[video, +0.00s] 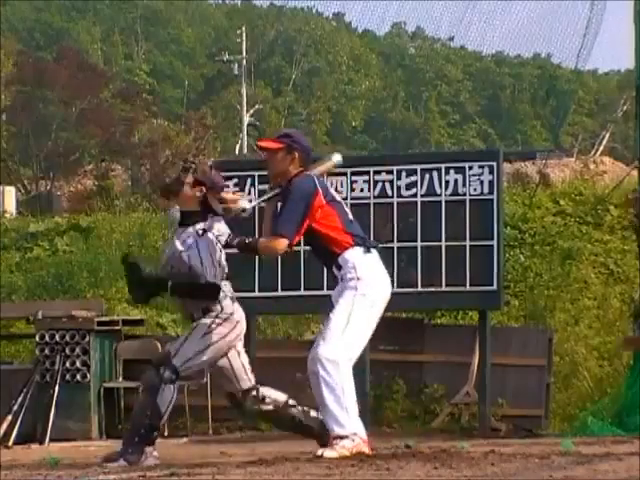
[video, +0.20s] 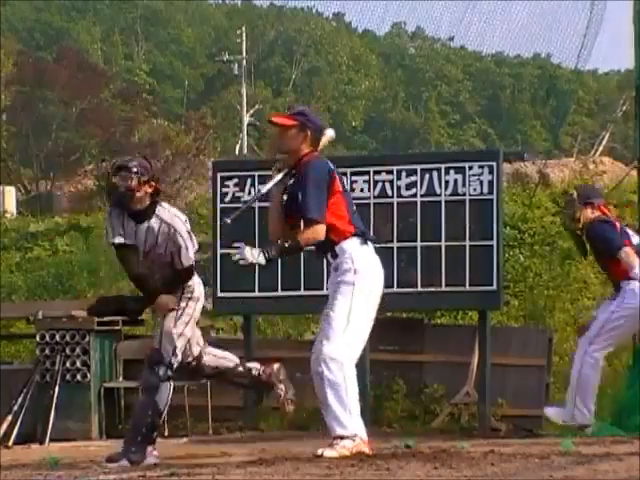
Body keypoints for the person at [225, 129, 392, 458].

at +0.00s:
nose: (265, 160)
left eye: (271, 154)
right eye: (266, 154)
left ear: (292, 157)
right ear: (291, 158)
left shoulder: (303, 185)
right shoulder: (302, 186)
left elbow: (278, 246)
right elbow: (274, 242)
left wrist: (242, 244)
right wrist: (272, 202)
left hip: (363, 276)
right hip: (355, 277)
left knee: (330, 355)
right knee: (321, 356)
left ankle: (351, 437)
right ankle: (344, 434)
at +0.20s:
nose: (278, 136)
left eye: (285, 130)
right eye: (280, 130)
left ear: (305, 136)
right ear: (297, 137)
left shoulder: (315, 167)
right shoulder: (300, 175)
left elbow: (316, 232)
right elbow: (277, 234)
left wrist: (268, 253)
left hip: (355, 262)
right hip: (345, 265)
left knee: (334, 353)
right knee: (324, 354)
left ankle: (351, 436)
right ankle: (348, 435)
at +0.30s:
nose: (286, 128)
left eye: (293, 123)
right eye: (288, 123)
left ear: (313, 129)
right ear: (301, 130)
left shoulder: (323, 163)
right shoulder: (301, 172)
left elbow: (330, 224)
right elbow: (278, 225)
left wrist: (298, 267)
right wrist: (281, 185)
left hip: (354, 260)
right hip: (339, 264)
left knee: (332, 351)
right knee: (324, 355)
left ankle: (350, 437)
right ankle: (350, 436)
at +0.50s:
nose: (300, 116)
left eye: (307, 110)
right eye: (300, 110)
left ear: (327, 117)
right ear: (313, 118)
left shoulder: (336, 155)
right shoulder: (311, 158)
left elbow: (347, 211)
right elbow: (283, 211)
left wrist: (353, 270)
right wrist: (288, 170)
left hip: (354, 254)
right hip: (338, 255)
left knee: (337, 345)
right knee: (347, 347)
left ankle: (348, 437)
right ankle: (356, 436)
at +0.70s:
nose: (310, 109)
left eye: (318, 103)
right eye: (311, 103)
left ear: (339, 109)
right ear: (326, 109)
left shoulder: (351, 147)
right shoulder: (321, 153)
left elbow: (368, 207)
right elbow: (291, 199)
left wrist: (364, 266)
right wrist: (302, 155)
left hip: (362, 248)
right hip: (344, 250)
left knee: (349, 345)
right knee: (352, 345)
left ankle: (350, 437)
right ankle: (394, 422)